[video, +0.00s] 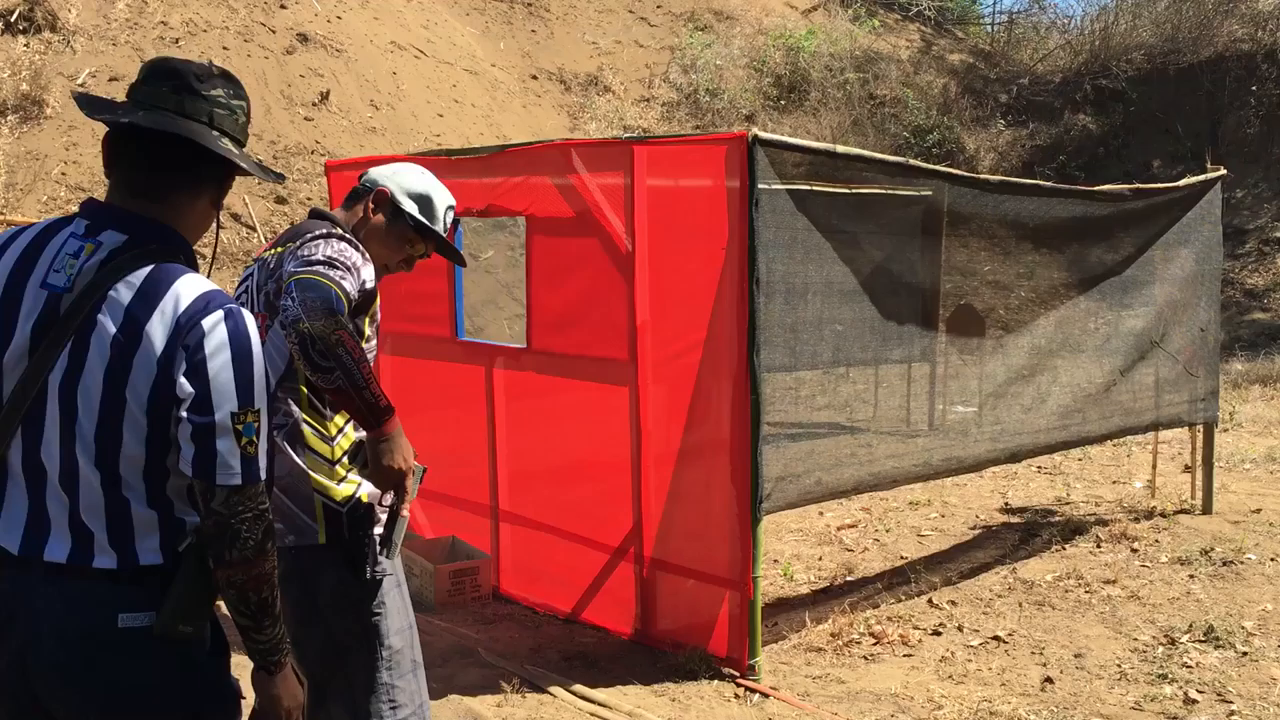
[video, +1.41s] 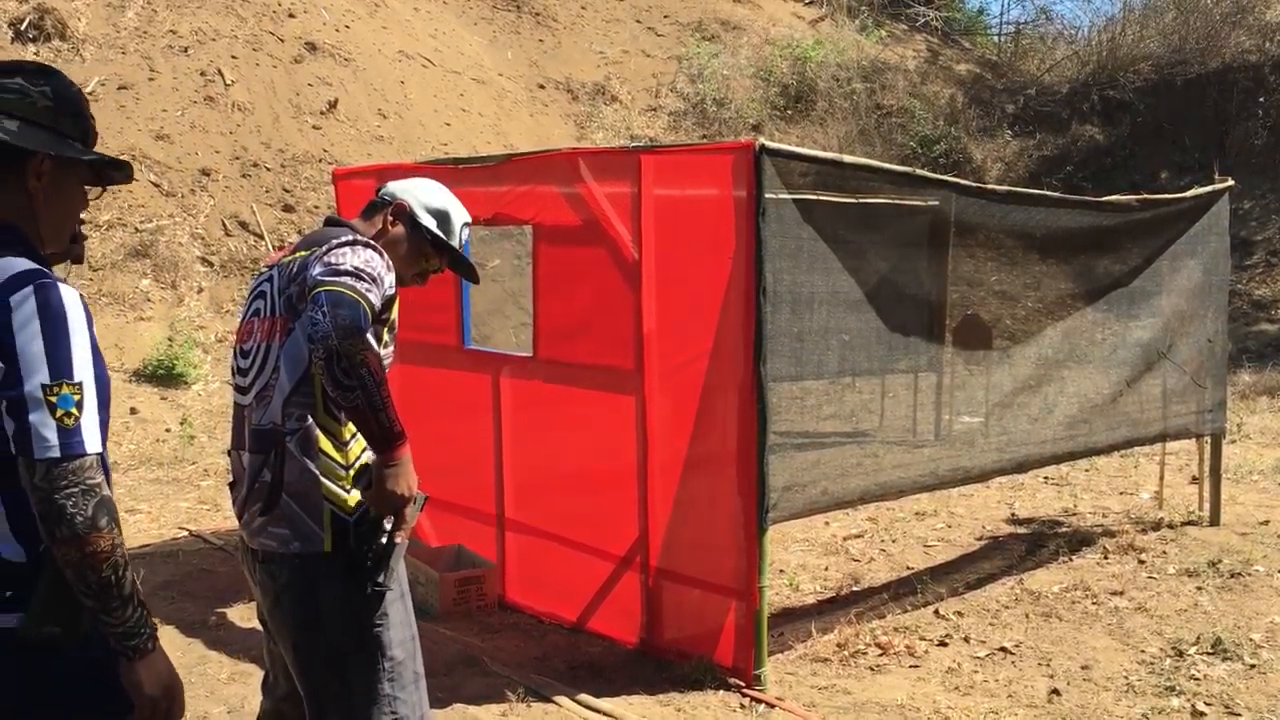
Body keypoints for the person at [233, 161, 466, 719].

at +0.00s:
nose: (413, 262)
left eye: (423, 253)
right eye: (413, 243)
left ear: (368, 208)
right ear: (375, 206)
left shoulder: (280, 258)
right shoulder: (335, 248)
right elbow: (313, 319)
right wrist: (385, 426)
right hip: (333, 525)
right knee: (383, 699)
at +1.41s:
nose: (424, 276)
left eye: (435, 268)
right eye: (425, 256)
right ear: (393, 220)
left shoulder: (281, 269)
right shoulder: (358, 255)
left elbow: (259, 407)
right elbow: (336, 333)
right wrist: (395, 453)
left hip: (278, 543)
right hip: (336, 542)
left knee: (295, 704)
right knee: (385, 706)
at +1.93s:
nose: (428, 274)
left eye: (439, 264)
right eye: (433, 256)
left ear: (390, 218)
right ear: (402, 222)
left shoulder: (283, 262)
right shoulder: (355, 255)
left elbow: (244, 403)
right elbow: (307, 323)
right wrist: (336, 458)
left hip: (263, 537)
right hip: (316, 539)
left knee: (286, 702)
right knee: (364, 707)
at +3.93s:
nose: (380, 200)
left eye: (381, 185)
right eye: (374, 184)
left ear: (317, 180)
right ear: (336, 183)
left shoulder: (243, 249)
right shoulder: (321, 271)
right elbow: (335, 424)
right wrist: (377, 538)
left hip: (217, 524)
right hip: (280, 536)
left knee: (261, 694)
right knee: (344, 700)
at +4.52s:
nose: (391, 224)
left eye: (392, 209)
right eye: (387, 208)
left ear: (312, 201)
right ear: (350, 207)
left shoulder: (253, 267)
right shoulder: (325, 290)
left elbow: (256, 411)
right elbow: (339, 439)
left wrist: (316, 503)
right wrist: (388, 551)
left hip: (207, 525)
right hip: (265, 538)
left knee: (265, 682)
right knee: (352, 699)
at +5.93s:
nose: (401, 222)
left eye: (402, 207)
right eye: (395, 206)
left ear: (333, 201)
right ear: (357, 205)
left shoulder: (264, 266)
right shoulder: (337, 287)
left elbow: (274, 406)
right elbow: (352, 432)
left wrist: (335, 495)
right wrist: (401, 544)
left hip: (222, 531)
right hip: (280, 542)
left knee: (283, 695)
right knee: (363, 699)